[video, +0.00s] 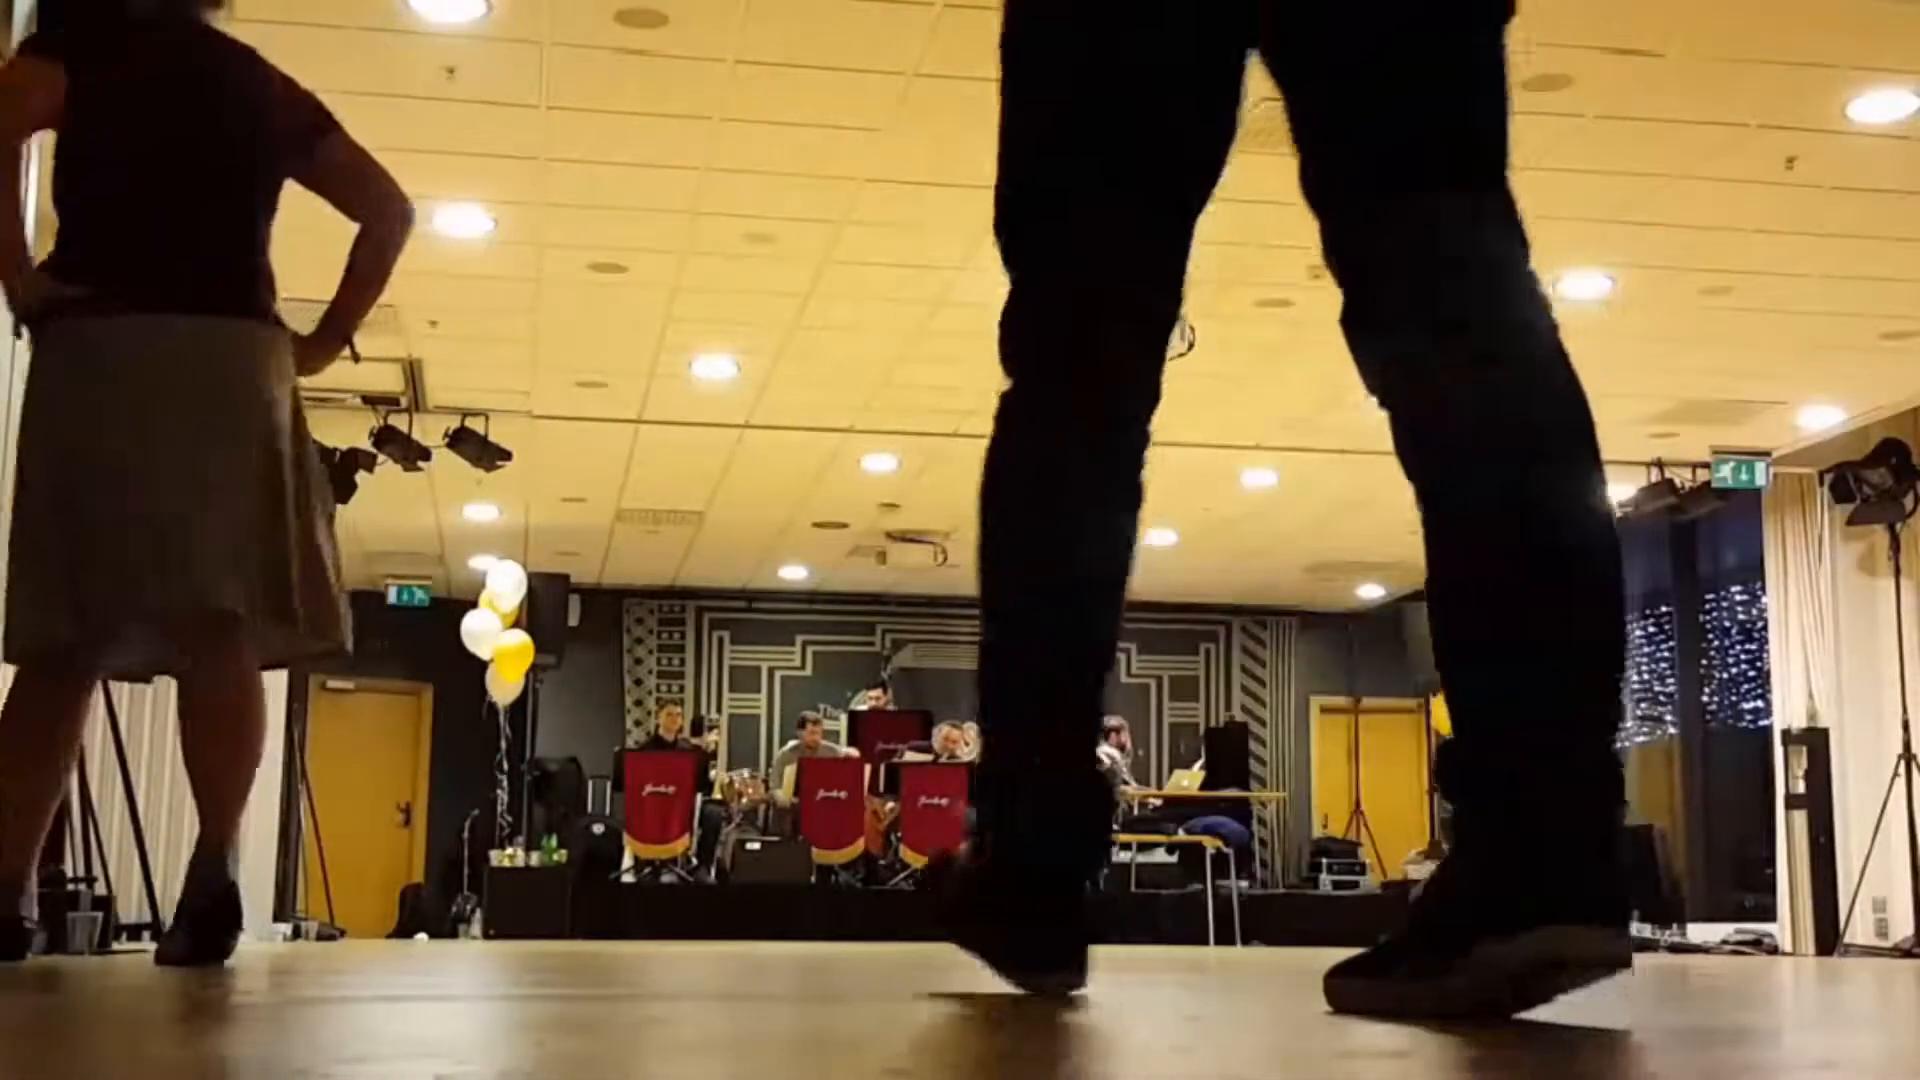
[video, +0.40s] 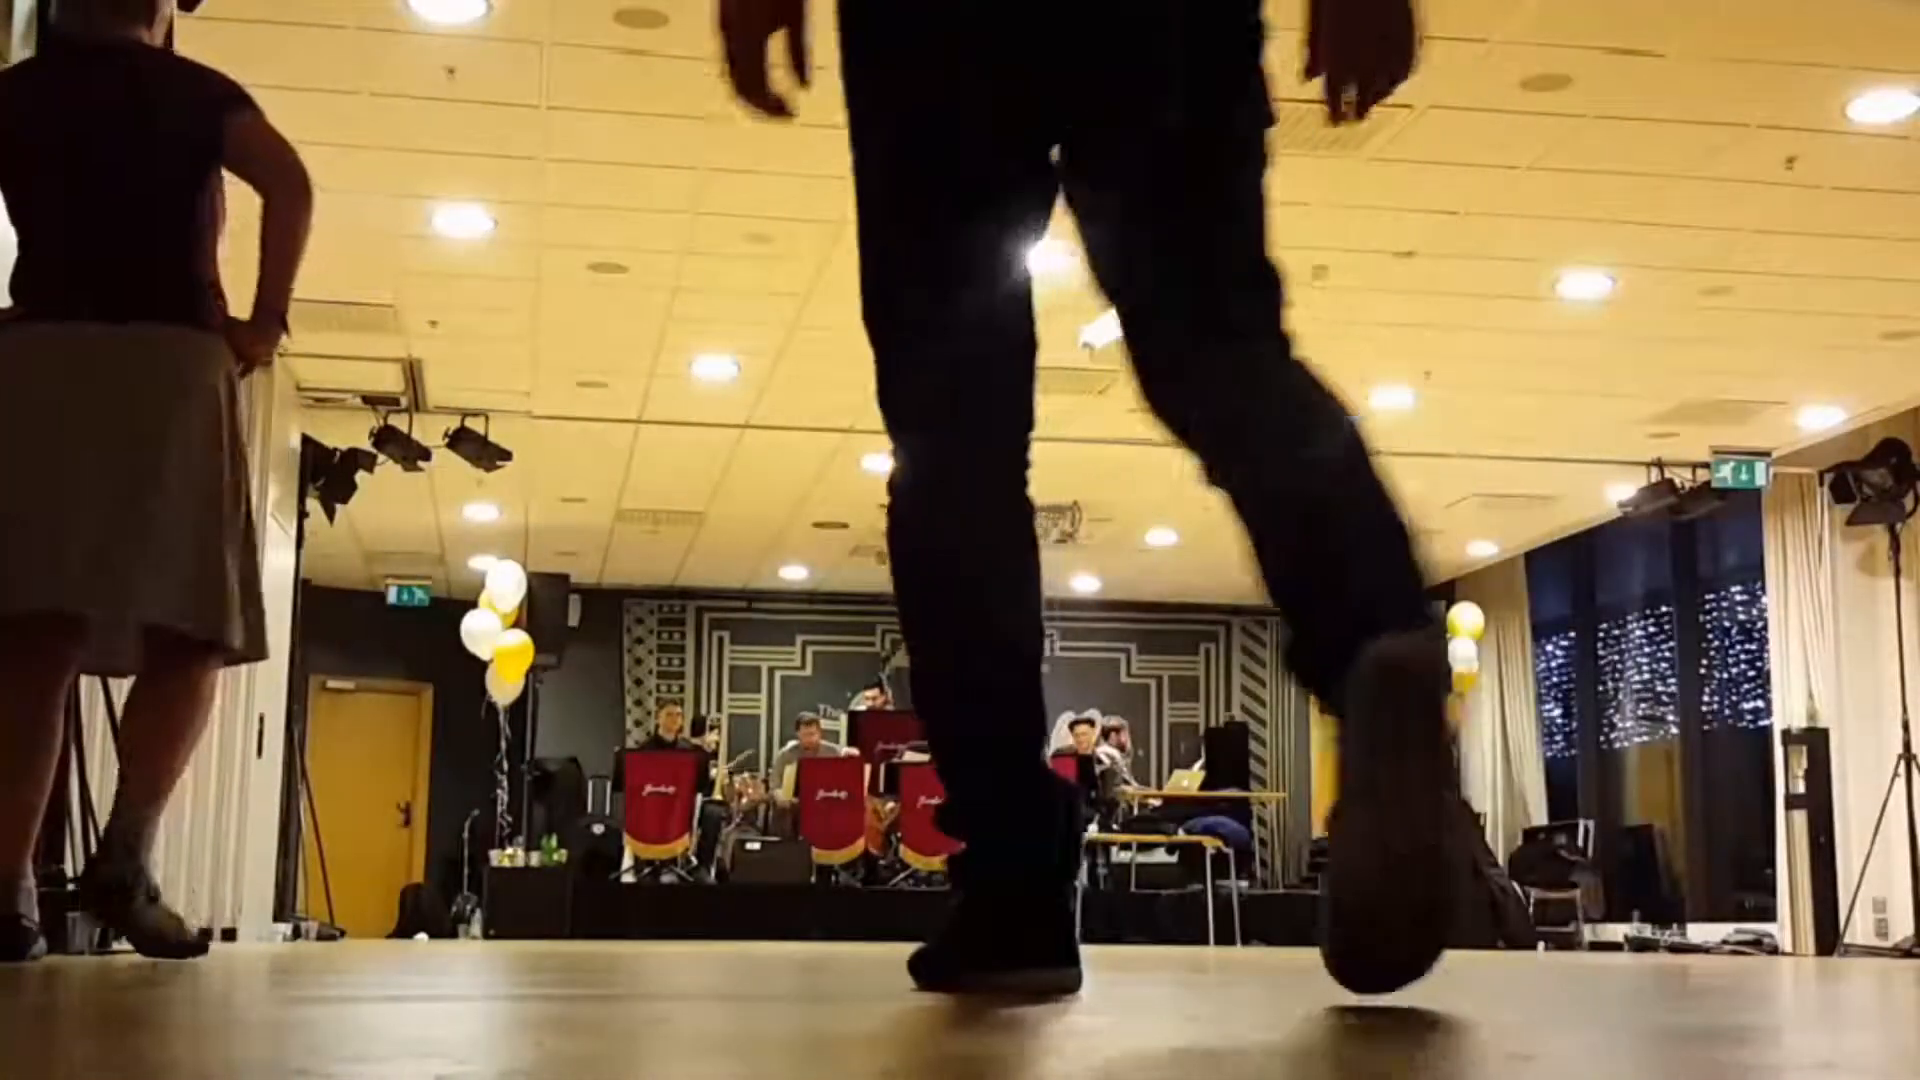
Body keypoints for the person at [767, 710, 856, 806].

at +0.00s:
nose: (815, 737)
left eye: (818, 733)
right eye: (811, 733)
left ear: (822, 734)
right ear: (801, 733)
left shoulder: (832, 752)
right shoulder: (787, 754)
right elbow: (775, 787)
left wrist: (851, 760)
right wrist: (784, 799)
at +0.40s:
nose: (809, 739)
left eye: (812, 734)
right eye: (805, 735)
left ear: (819, 733)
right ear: (798, 734)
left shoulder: (832, 752)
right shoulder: (787, 754)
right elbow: (775, 778)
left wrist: (847, 757)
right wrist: (780, 795)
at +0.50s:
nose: (809, 739)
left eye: (813, 734)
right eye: (805, 734)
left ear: (820, 734)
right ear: (798, 734)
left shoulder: (832, 751)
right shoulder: (788, 754)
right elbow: (776, 781)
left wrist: (852, 756)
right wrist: (781, 796)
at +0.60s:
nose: (808, 739)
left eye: (812, 734)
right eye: (804, 735)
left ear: (820, 733)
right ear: (798, 735)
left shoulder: (834, 752)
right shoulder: (787, 754)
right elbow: (775, 785)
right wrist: (783, 798)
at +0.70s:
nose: (808, 739)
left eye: (811, 734)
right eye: (804, 735)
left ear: (819, 733)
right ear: (797, 734)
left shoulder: (832, 752)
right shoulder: (787, 754)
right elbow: (775, 779)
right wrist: (780, 795)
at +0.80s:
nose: (809, 740)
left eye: (813, 735)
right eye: (805, 735)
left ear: (820, 734)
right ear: (798, 735)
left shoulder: (833, 753)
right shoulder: (788, 754)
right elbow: (776, 778)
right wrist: (780, 795)